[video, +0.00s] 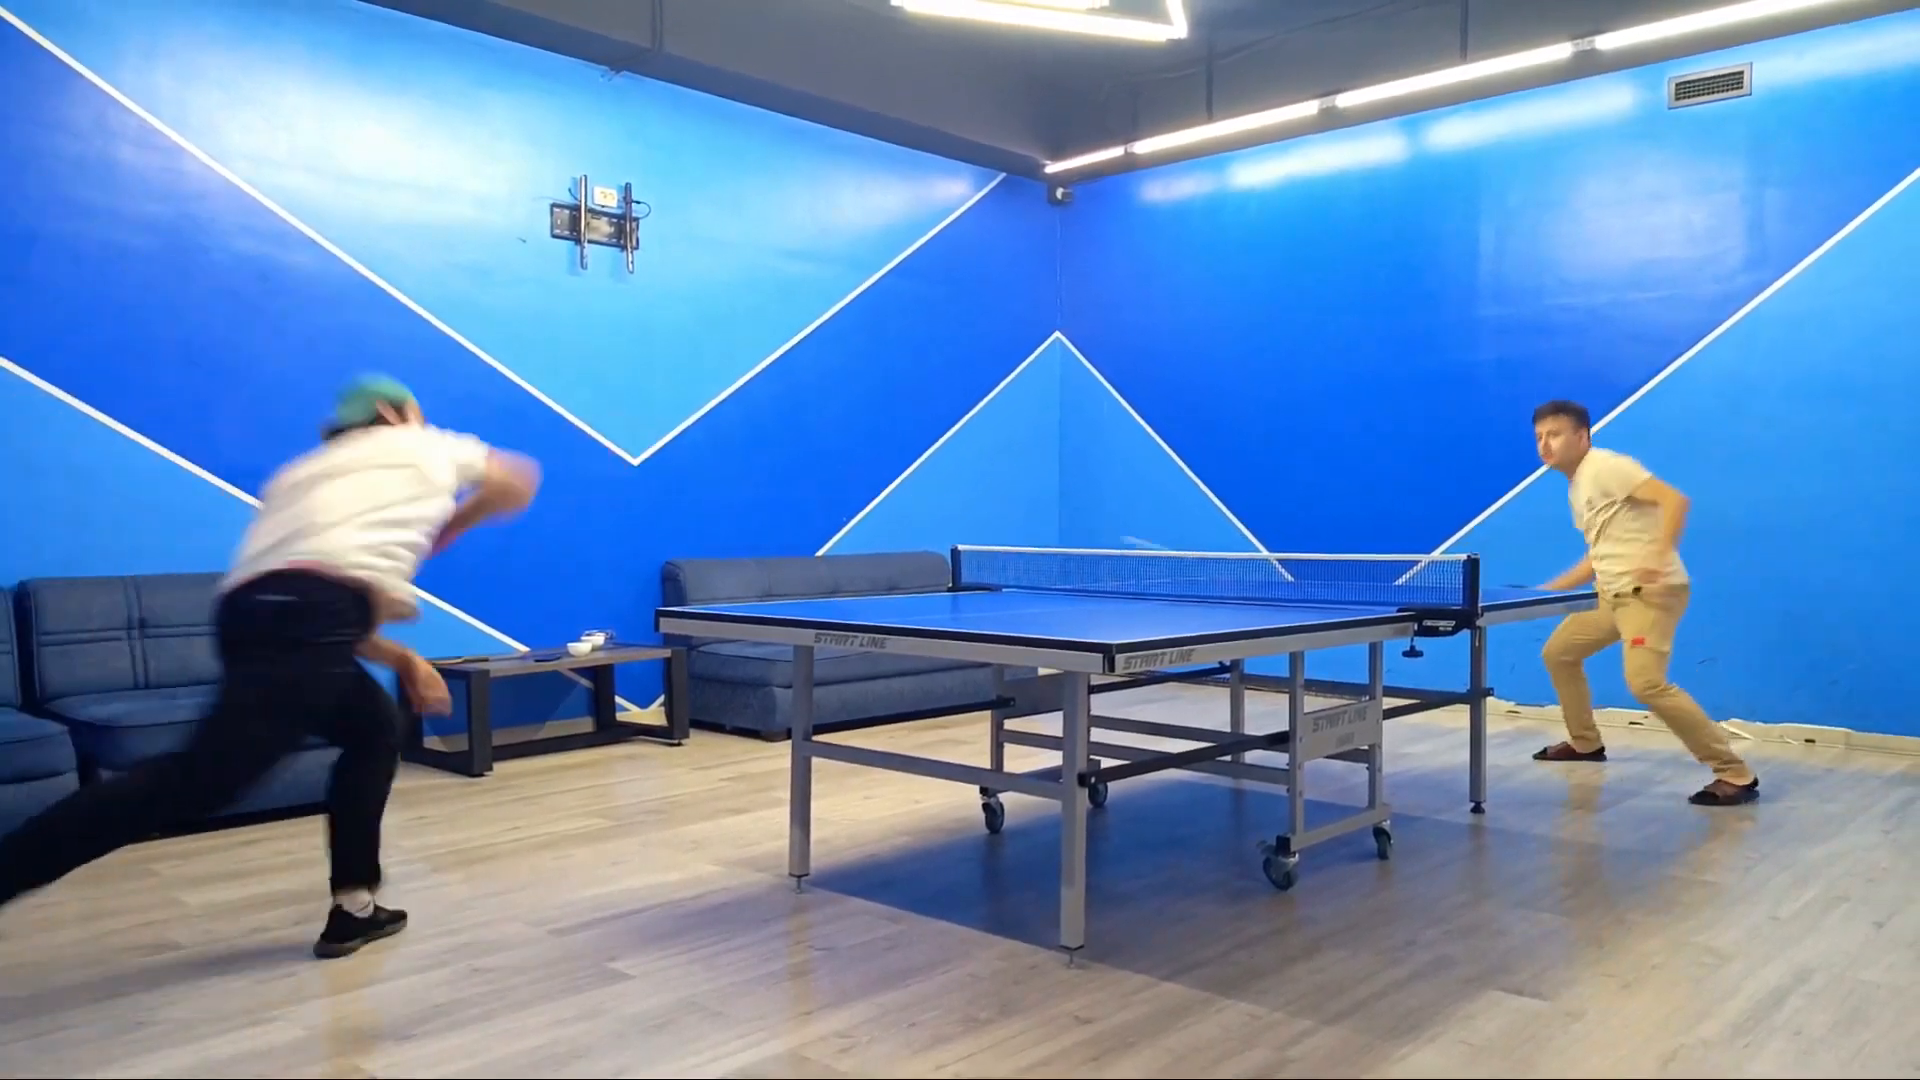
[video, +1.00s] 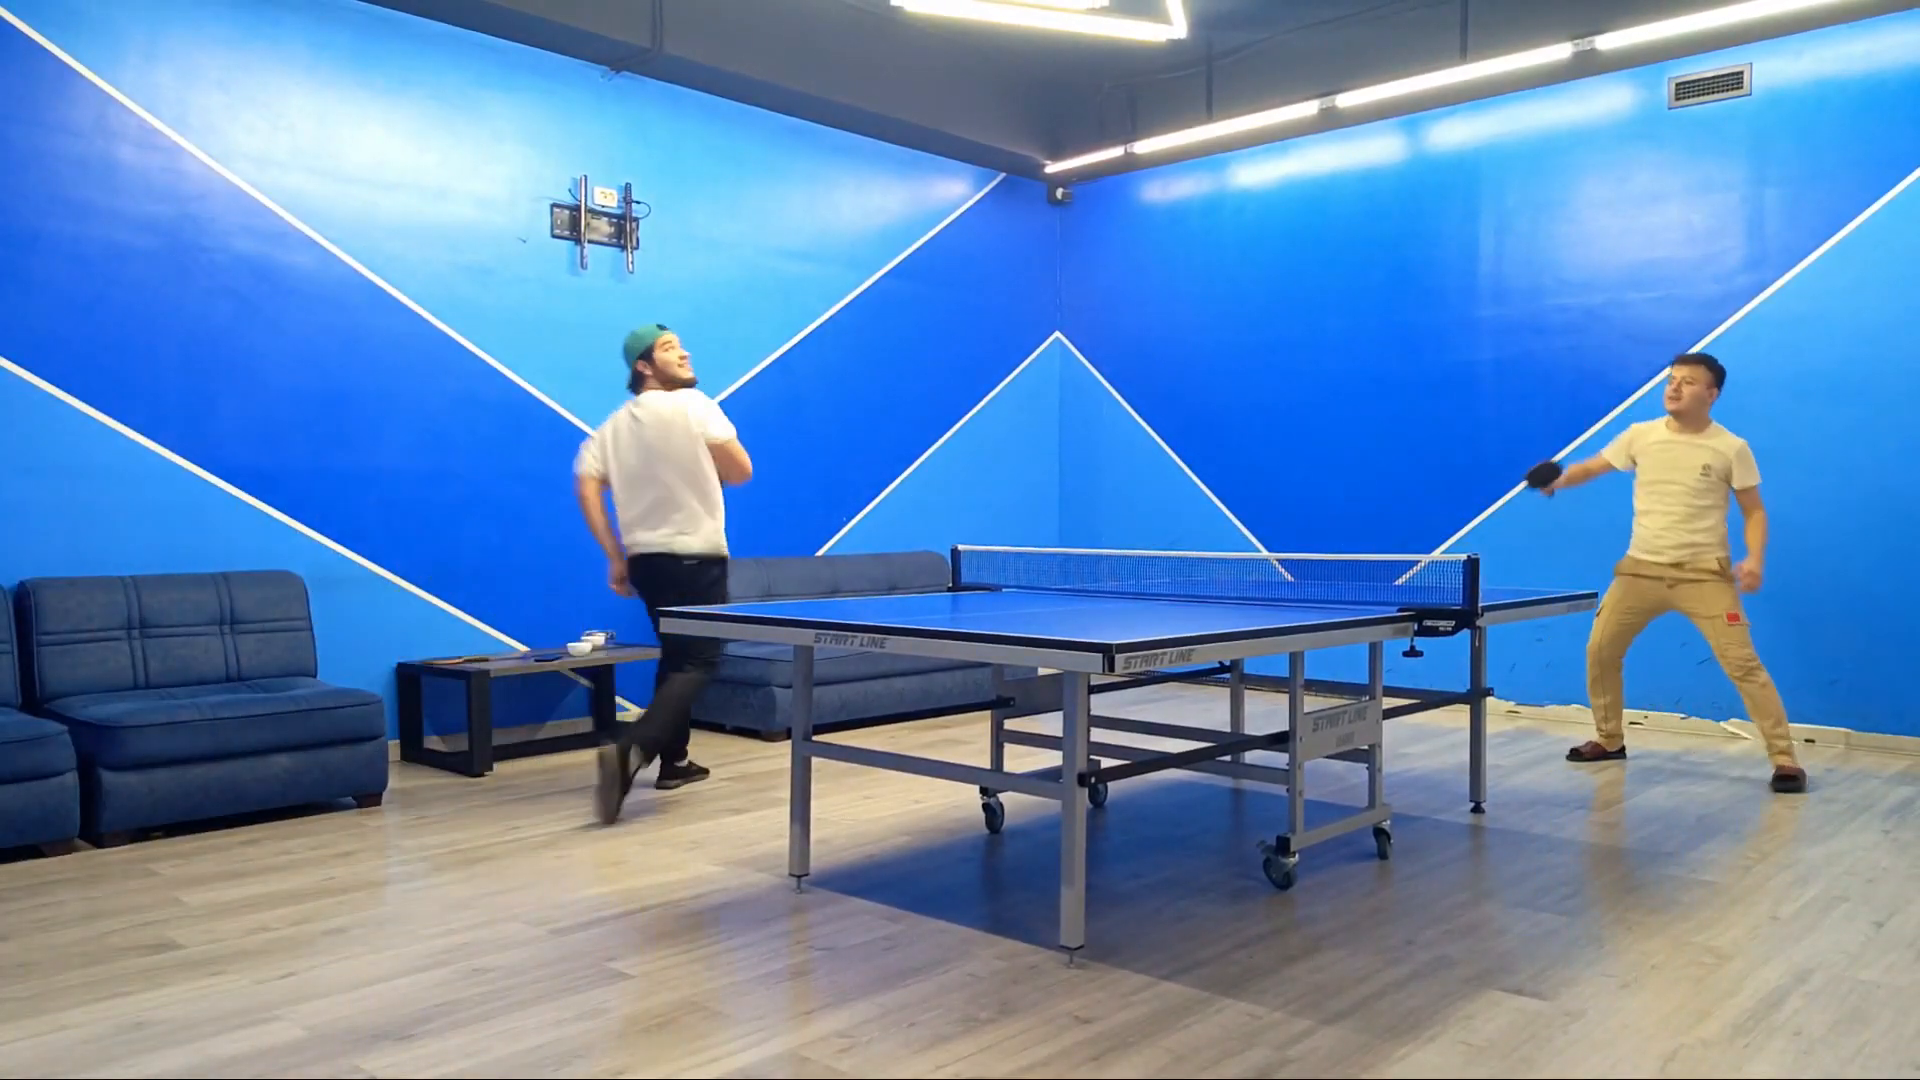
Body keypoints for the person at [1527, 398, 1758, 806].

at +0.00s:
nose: (1544, 445)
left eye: (1553, 435)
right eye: (1539, 438)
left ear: (1582, 436)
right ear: (1539, 443)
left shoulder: (1606, 467)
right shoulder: (1580, 487)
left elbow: (1675, 501)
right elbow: (1603, 553)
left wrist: (1660, 557)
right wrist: (1555, 587)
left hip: (1652, 593)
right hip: (1615, 598)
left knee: (1647, 684)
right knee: (1558, 654)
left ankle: (1736, 775)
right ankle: (1584, 743)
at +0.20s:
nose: (1564, 442)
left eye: (1572, 432)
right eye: (1562, 435)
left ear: (1601, 432)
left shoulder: (1616, 456)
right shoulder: (1600, 481)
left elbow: (1644, 480)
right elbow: (1599, 552)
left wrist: (1604, 506)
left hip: (1646, 588)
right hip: (1617, 595)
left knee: (1641, 682)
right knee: (1556, 649)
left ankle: (1732, 771)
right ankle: (1583, 742)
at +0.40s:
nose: (1612, 378)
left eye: (1620, 368)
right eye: (1608, 370)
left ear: (1652, 369)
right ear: (1611, 375)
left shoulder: (1678, 405)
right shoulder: (1624, 417)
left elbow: (1738, 413)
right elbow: (1602, 427)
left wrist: (1757, 394)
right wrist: (1574, 396)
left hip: (1676, 547)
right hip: (1626, 548)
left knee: (1698, 649)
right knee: (1602, 639)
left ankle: (1749, 754)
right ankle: (1589, 735)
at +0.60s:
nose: (1661, 390)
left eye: (1674, 384)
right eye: (1660, 382)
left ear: (1703, 393)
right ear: (1657, 388)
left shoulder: (1730, 438)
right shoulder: (1663, 435)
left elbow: (1806, 455)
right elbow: (1653, 456)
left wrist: (1873, 445)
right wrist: (1606, 439)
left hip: (1712, 583)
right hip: (1651, 577)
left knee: (1742, 671)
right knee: (1606, 653)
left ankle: (1791, 764)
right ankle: (1609, 739)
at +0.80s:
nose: (1689, 407)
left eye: (1702, 401)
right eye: (1686, 400)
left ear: (1728, 415)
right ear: (1681, 409)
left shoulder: (1750, 468)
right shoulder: (1667, 460)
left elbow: (1795, 527)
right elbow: (1633, 503)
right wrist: (1570, 526)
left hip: (1721, 596)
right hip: (1660, 591)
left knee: (1744, 676)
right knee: (1603, 659)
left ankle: (1791, 765)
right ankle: (1612, 742)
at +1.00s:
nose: (1674, 387)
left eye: (1687, 382)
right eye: (1672, 380)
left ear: (1711, 394)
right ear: (1666, 387)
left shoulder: (1731, 449)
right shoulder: (1640, 435)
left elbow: (1754, 511)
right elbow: (1591, 466)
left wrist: (1755, 559)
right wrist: (1558, 480)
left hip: (1704, 577)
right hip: (1640, 572)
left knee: (1743, 664)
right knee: (1601, 649)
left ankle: (1784, 759)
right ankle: (1609, 741)